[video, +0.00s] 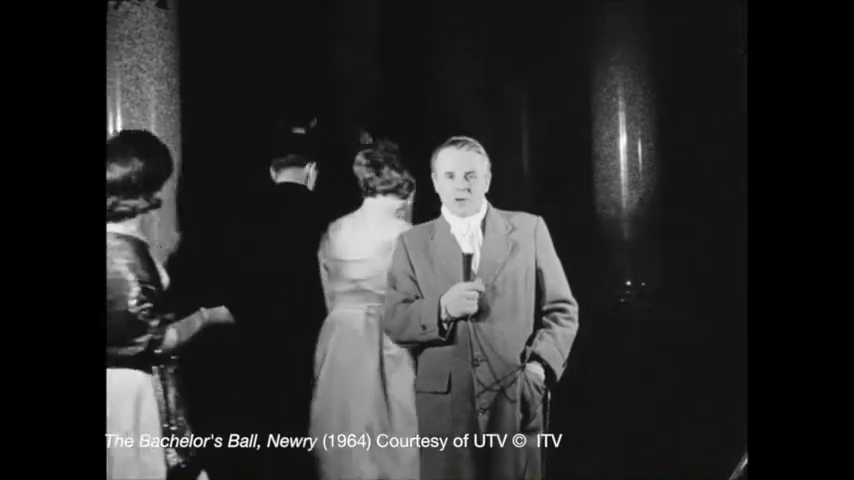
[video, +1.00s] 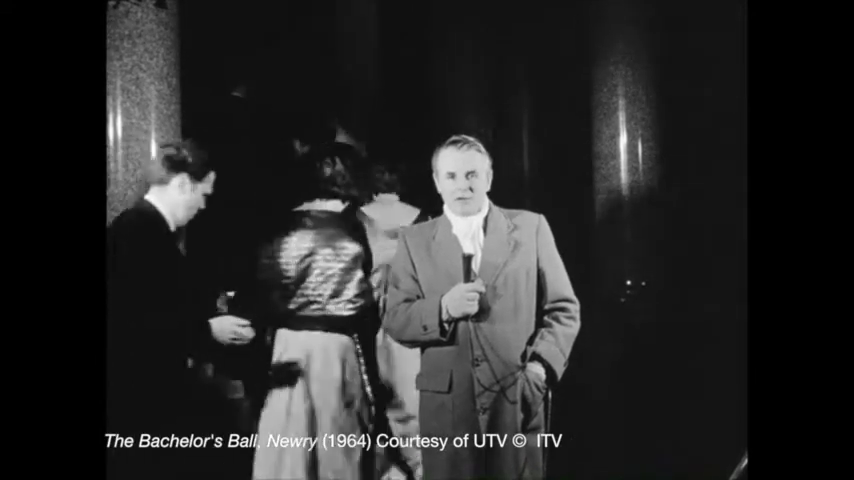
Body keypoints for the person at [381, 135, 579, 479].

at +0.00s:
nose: (460, 186)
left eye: (470, 175)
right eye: (449, 176)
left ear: (488, 181)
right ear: (435, 182)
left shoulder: (529, 230)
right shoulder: (411, 243)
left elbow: (561, 309)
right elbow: (394, 319)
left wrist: (540, 365)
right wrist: (440, 309)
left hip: (513, 397)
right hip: (441, 398)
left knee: (518, 474)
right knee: (443, 474)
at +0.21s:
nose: (462, 186)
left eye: (472, 175)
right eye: (451, 177)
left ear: (489, 180)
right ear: (436, 183)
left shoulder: (530, 230)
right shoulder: (413, 243)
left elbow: (562, 309)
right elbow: (397, 320)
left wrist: (540, 366)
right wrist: (442, 309)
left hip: (515, 398)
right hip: (445, 399)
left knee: (519, 475)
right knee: (443, 475)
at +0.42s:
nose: (464, 187)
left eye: (473, 176)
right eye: (452, 178)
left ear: (490, 180)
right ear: (437, 184)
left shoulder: (531, 229)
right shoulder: (413, 242)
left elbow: (563, 308)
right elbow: (397, 319)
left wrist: (542, 365)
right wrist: (443, 309)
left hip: (517, 398)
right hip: (446, 401)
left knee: (521, 474)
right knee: (447, 474)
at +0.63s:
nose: (463, 188)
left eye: (472, 176)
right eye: (452, 178)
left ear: (490, 180)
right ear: (437, 184)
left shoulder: (532, 229)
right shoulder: (415, 242)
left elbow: (563, 308)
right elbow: (396, 318)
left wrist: (542, 366)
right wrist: (443, 309)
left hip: (516, 398)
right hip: (446, 400)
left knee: (521, 474)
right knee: (447, 474)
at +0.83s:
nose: (463, 187)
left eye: (472, 176)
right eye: (452, 178)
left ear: (490, 179)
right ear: (437, 184)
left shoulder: (532, 228)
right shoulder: (415, 240)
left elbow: (563, 308)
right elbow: (396, 317)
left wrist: (541, 365)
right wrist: (443, 308)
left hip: (517, 396)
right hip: (446, 399)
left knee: (521, 474)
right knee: (447, 474)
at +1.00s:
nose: (462, 186)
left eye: (472, 175)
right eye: (451, 176)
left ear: (489, 179)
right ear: (436, 182)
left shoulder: (531, 228)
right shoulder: (413, 240)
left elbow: (562, 308)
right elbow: (395, 318)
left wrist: (541, 365)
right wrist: (442, 308)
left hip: (516, 397)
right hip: (446, 399)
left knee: (521, 474)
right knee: (445, 474)